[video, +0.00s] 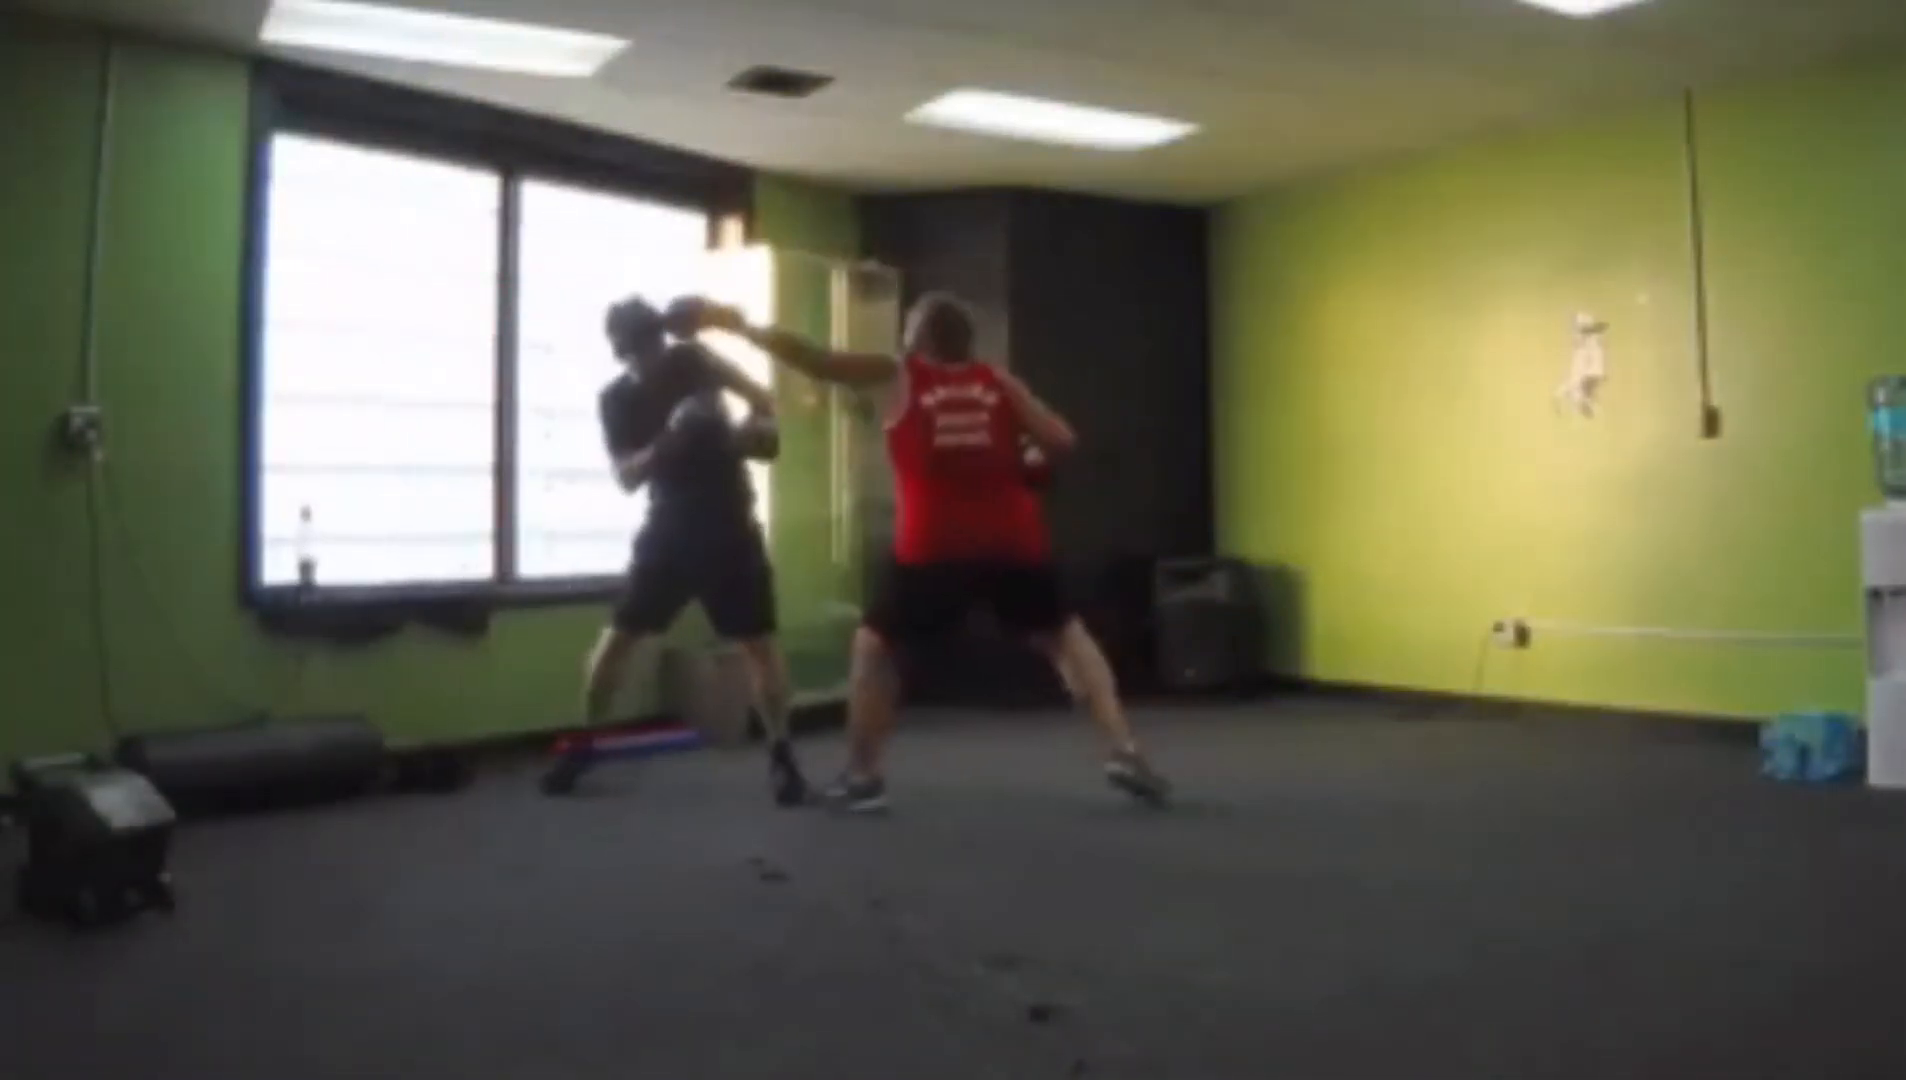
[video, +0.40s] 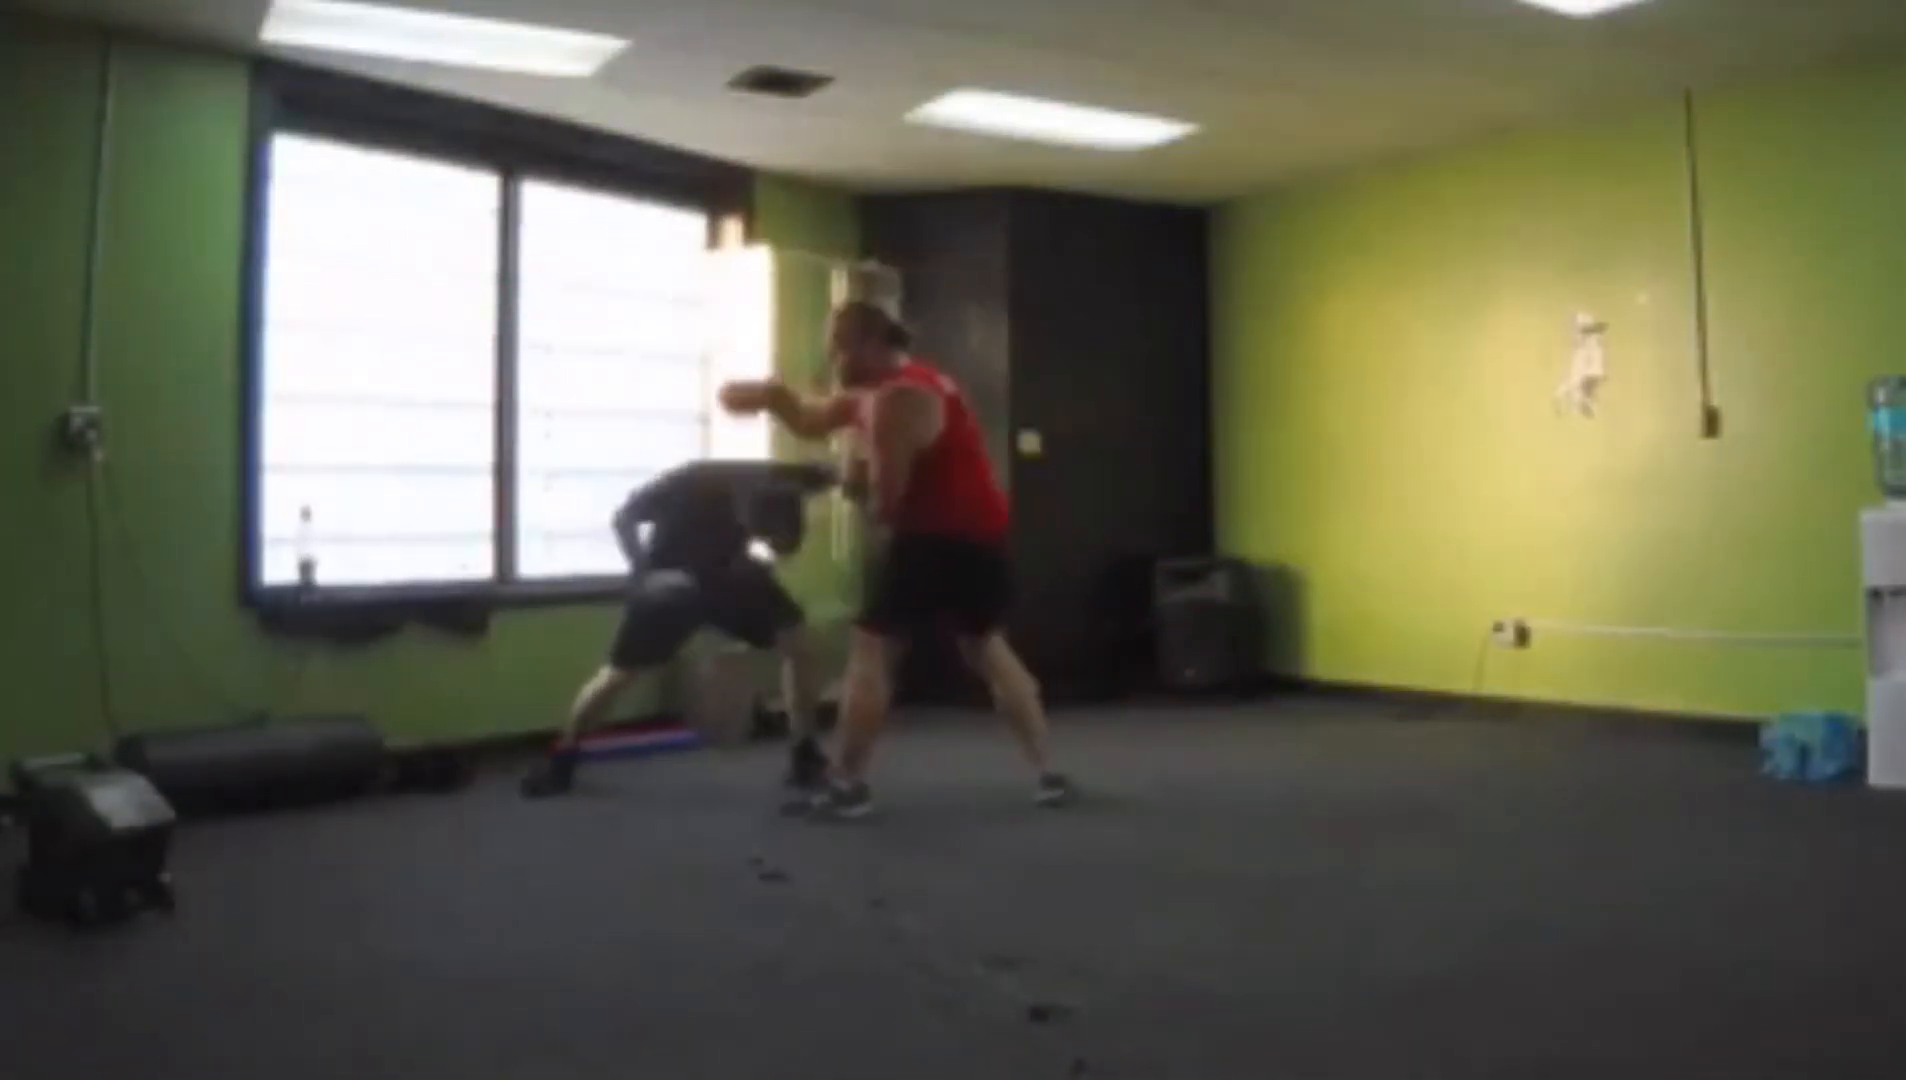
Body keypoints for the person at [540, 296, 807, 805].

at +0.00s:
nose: (643, 357)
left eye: (647, 343)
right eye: (630, 350)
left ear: (661, 333)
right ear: (618, 350)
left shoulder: (694, 363)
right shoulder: (618, 398)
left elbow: (760, 399)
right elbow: (627, 476)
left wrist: (759, 433)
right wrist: (675, 433)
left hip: (729, 524)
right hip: (669, 529)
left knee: (759, 644)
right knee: (620, 637)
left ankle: (783, 758)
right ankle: (583, 741)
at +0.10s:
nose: (630, 410)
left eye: (635, 399)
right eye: (619, 404)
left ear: (646, 384)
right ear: (608, 401)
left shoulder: (682, 395)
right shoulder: (610, 429)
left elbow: (748, 384)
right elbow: (623, 509)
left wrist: (768, 431)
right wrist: (674, 470)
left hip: (721, 543)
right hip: (662, 551)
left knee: (762, 649)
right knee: (614, 651)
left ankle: (783, 760)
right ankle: (564, 758)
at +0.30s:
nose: (689, 510)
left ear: (709, 486)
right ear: (667, 486)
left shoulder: (730, 473)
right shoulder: (642, 489)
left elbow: (776, 454)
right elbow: (611, 523)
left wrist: (812, 446)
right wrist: (624, 575)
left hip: (726, 578)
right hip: (662, 582)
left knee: (780, 653)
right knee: (608, 663)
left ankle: (806, 760)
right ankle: (561, 760)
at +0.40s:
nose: (773, 544)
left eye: (779, 542)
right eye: (770, 537)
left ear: (780, 500)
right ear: (754, 509)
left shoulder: (779, 485)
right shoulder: (695, 484)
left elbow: (822, 475)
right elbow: (624, 518)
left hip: (731, 571)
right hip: (672, 573)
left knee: (797, 641)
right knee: (620, 672)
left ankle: (805, 758)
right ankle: (561, 758)